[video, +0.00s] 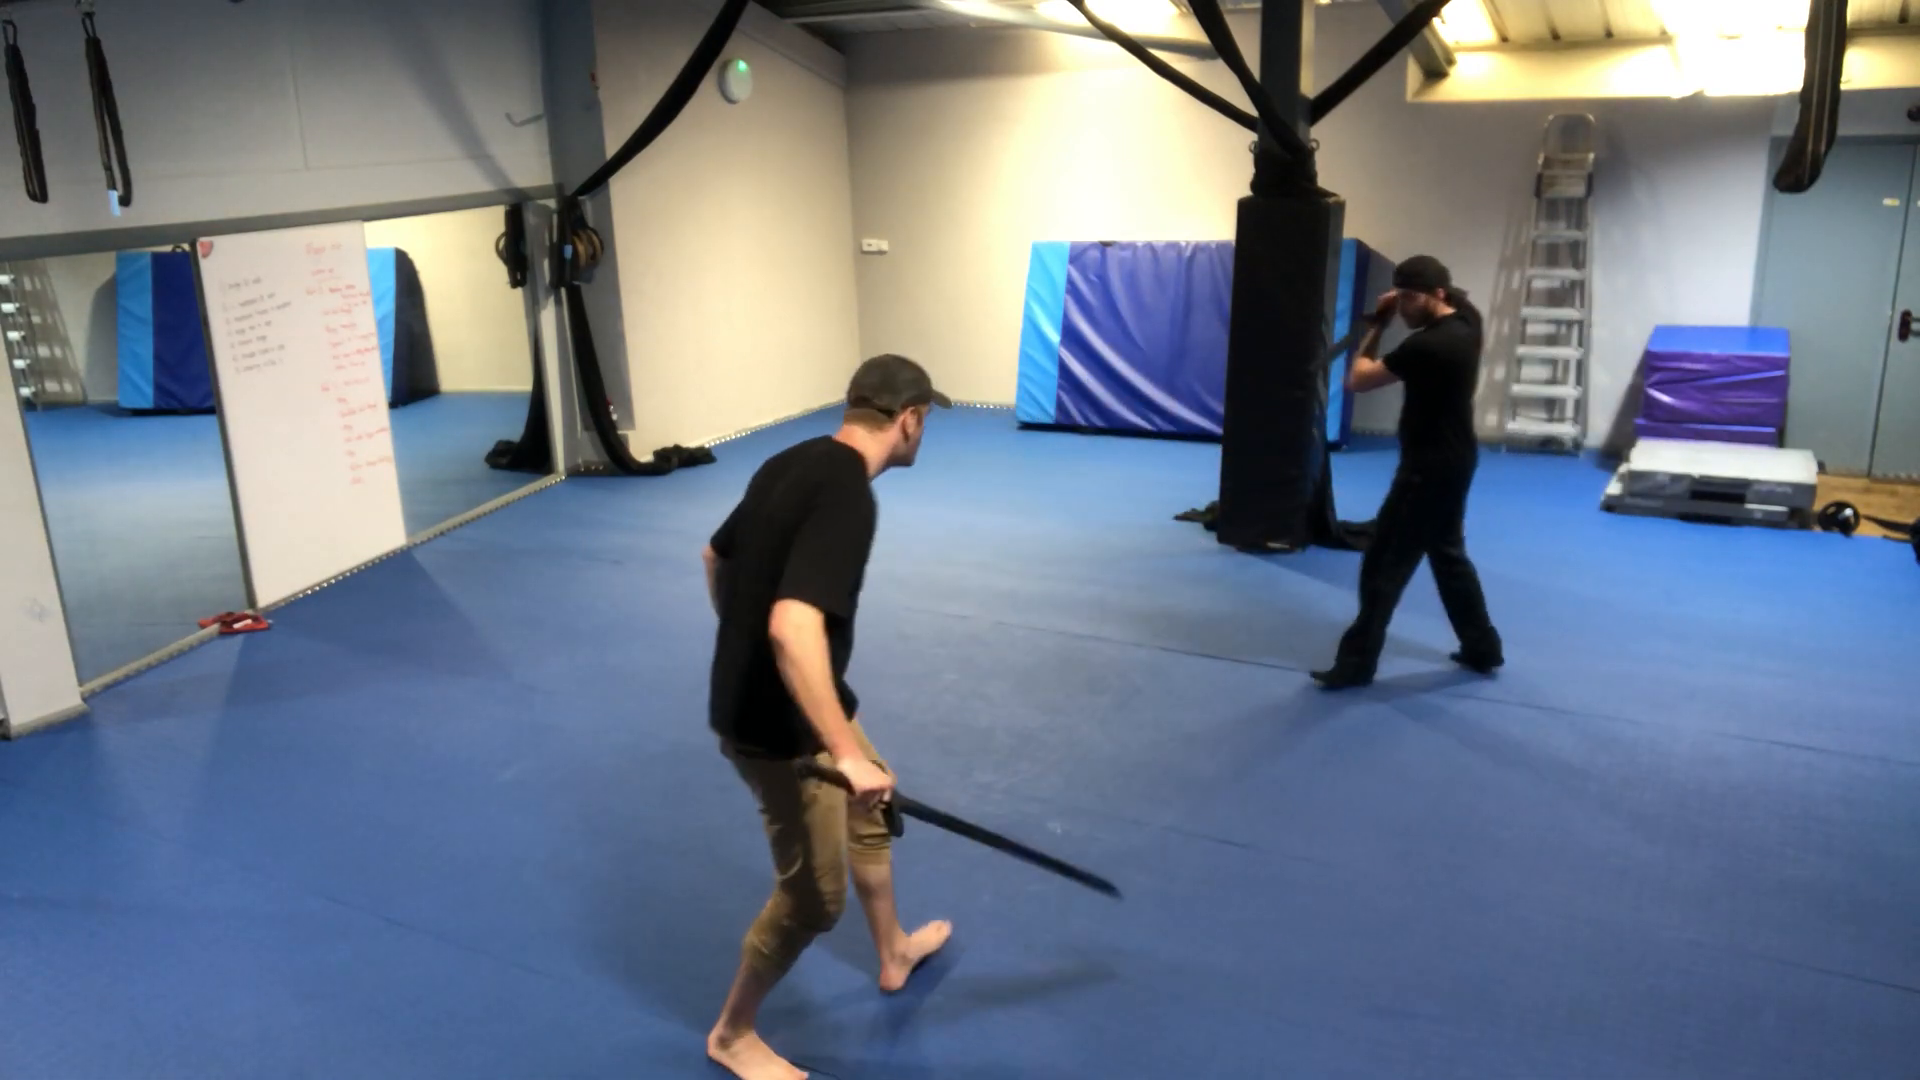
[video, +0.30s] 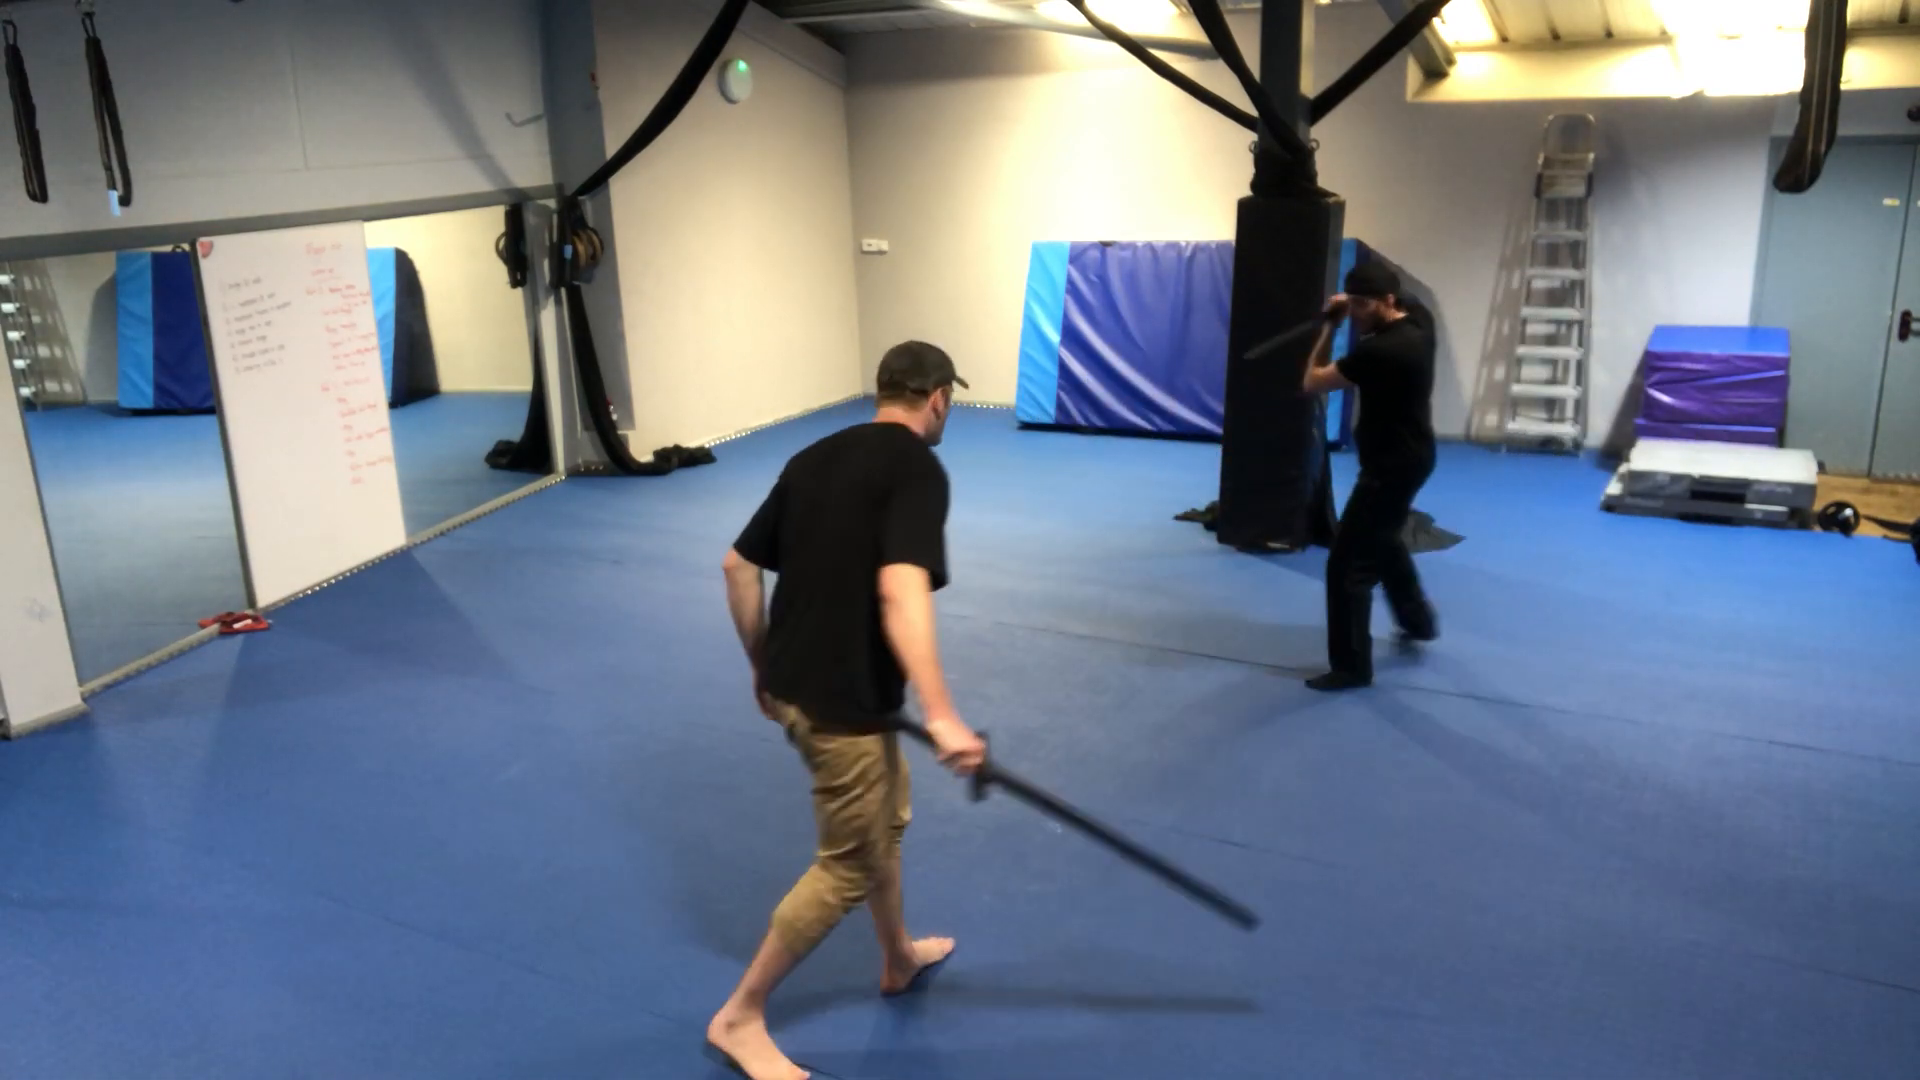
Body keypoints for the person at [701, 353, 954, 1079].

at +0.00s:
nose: (923, 435)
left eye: (925, 422)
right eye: (925, 421)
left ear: (854, 407)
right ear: (906, 418)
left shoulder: (790, 464)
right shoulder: (845, 493)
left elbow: (718, 554)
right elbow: (792, 626)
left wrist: (755, 644)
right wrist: (851, 758)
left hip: (772, 706)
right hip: (781, 732)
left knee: (873, 796)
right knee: (812, 898)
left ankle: (893, 951)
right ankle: (731, 1033)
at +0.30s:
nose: (947, 416)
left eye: (947, 404)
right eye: (949, 404)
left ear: (880, 394)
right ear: (935, 400)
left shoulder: (815, 458)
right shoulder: (916, 468)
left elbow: (740, 563)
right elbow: (901, 588)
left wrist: (761, 665)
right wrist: (941, 715)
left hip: (796, 685)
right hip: (848, 695)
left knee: (884, 816)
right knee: (847, 865)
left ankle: (898, 954)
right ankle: (740, 1015)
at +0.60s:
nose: (961, 412)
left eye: (961, 402)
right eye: (963, 401)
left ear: (893, 391)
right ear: (949, 396)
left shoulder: (829, 455)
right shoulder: (942, 456)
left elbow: (777, 570)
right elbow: (967, 589)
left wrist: (820, 636)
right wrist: (1020, 680)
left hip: (819, 675)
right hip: (886, 684)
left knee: (887, 816)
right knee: (931, 854)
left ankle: (896, 957)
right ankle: (822, 1024)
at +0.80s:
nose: (972, 412)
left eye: (971, 402)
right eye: (974, 402)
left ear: (903, 391)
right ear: (962, 397)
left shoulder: (841, 457)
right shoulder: (958, 463)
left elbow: (796, 574)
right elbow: (989, 604)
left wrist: (853, 617)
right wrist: (1029, 661)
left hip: (826, 680)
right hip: (898, 690)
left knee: (888, 820)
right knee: (956, 861)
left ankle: (897, 964)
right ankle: (918, 1054)